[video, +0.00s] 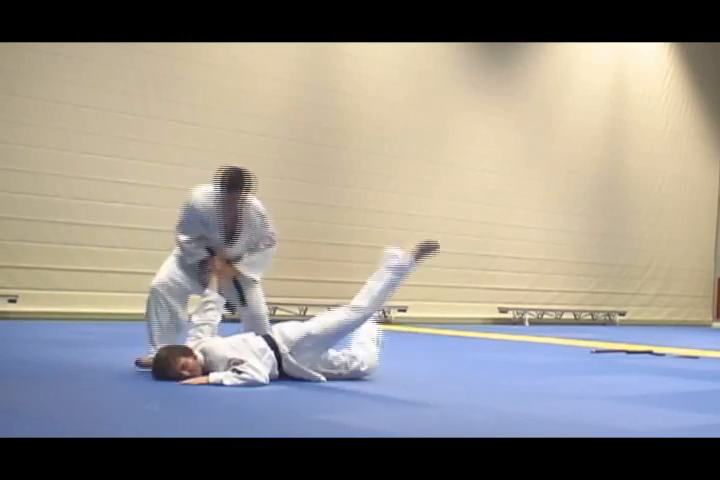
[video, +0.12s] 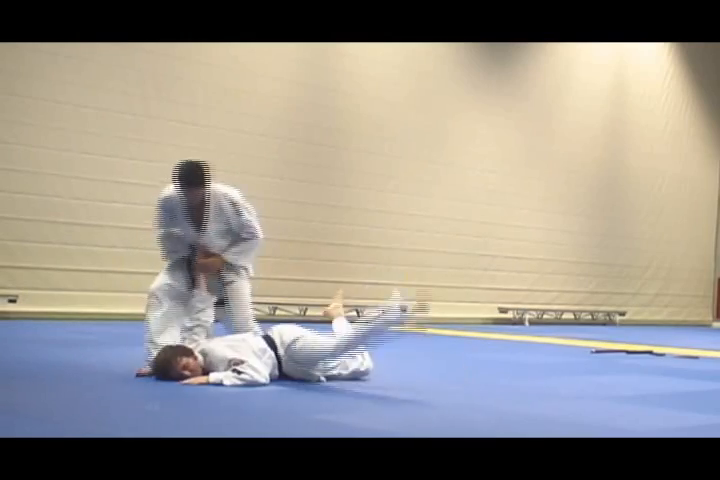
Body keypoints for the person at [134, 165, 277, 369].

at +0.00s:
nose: (232, 205)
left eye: (237, 200)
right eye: (228, 199)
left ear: (244, 195)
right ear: (219, 193)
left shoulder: (255, 212)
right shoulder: (200, 201)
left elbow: (267, 246)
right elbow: (185, 238)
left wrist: (237, 268)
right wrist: (206, 261)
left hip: (237, 265)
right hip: (196, 260)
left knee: (257, 313)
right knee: (161, 289)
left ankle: (267, 360)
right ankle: (161, 352)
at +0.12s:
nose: (193, 198)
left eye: (197, 193)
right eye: (188, 193)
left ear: (206, 187)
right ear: (180, 188)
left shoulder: (228, 199)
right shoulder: (168, 200)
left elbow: (253, 236)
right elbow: (168, 243)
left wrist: (223, 260)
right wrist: (196, 260)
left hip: (230, 264)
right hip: (188, 263)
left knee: (241, 319)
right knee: (158, 293)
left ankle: (263, 361)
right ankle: (156, 358)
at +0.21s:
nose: (173, 204)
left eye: (176, 198)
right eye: (167, 200)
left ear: (185, 191)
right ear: (160, 197)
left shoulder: (212, 203)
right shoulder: (154, 212)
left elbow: (246, 236)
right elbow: (157, 250)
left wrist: (214, 262)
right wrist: (187, 262)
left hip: (223, 269)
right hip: (182, 268)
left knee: (221, 330)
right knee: (153, 295)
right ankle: (162, 362)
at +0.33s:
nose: (151, 219)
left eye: (154, 213)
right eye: (146, 216)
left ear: (161, 204)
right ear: (140, 214)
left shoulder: (188, 214)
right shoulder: (147, 221)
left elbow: (229, 245)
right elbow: (164, 259)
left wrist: (212, 285)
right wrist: (179, 286)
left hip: (223, 267)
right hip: (186, 271)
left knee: (217, 333)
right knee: (152, 297)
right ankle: (154, 363)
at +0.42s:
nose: (143, 229)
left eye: (146, 223)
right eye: (138, 226)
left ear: (153, 212)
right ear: (133, 225)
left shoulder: (186, 223)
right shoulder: (147, 225)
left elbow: (210, 267)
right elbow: (165, 254)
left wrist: (214, 316)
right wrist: (189, 279)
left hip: (225, 263)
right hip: (185, 268)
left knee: (218, 328)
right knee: (156, 301)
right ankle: (156, 365)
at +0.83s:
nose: (159, 239)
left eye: (163, 233)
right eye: (153, 235)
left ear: (170, 221)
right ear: (145, 230)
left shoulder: (196, 229)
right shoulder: (146, 228)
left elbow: (211, 277)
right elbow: (158, 258)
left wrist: (218, 324)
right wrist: (184, 277)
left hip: (215, 265)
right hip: (175, 268)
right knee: (149, 301)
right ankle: (155, 363)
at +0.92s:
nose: (159, 233)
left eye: (163, 227)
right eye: (153, 229)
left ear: (171, 217)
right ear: (146, 226)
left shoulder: (195, 226)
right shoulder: (143, 229)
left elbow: (213, 271)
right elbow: (155, 266)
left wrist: (219, 319)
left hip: (205, 269)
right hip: (169, 270)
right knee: (145, 301)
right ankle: (156, 364)